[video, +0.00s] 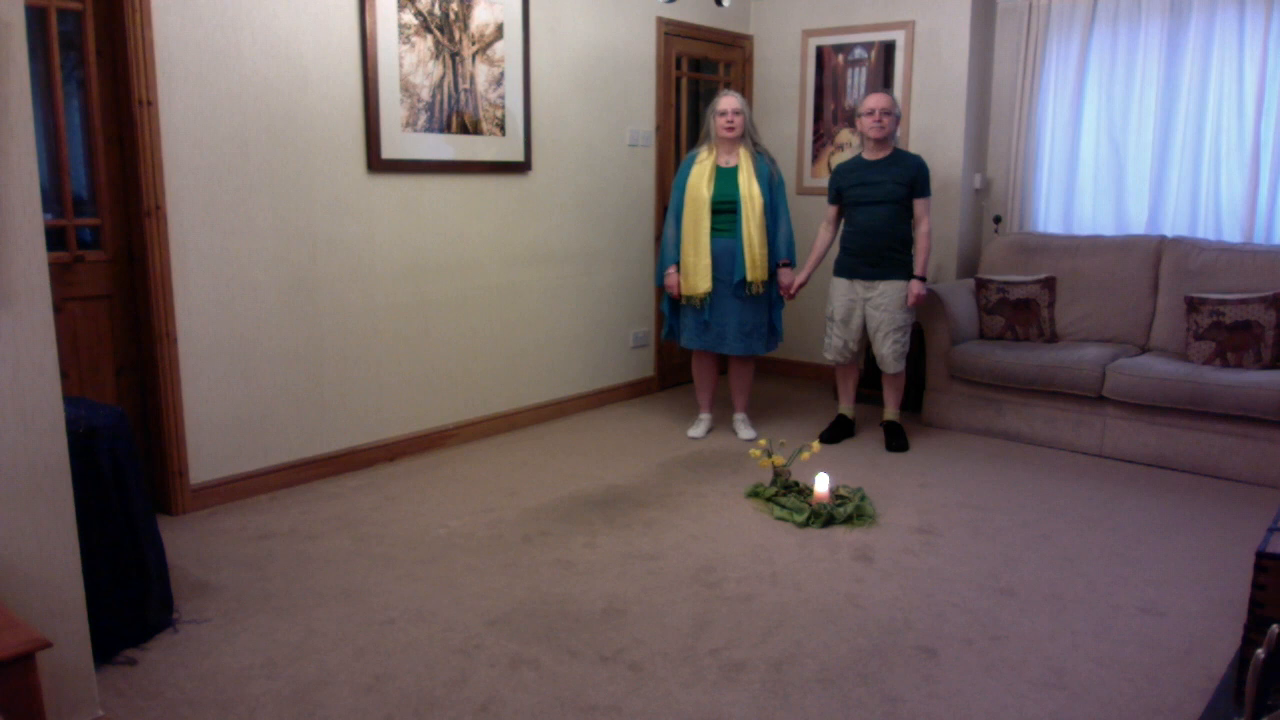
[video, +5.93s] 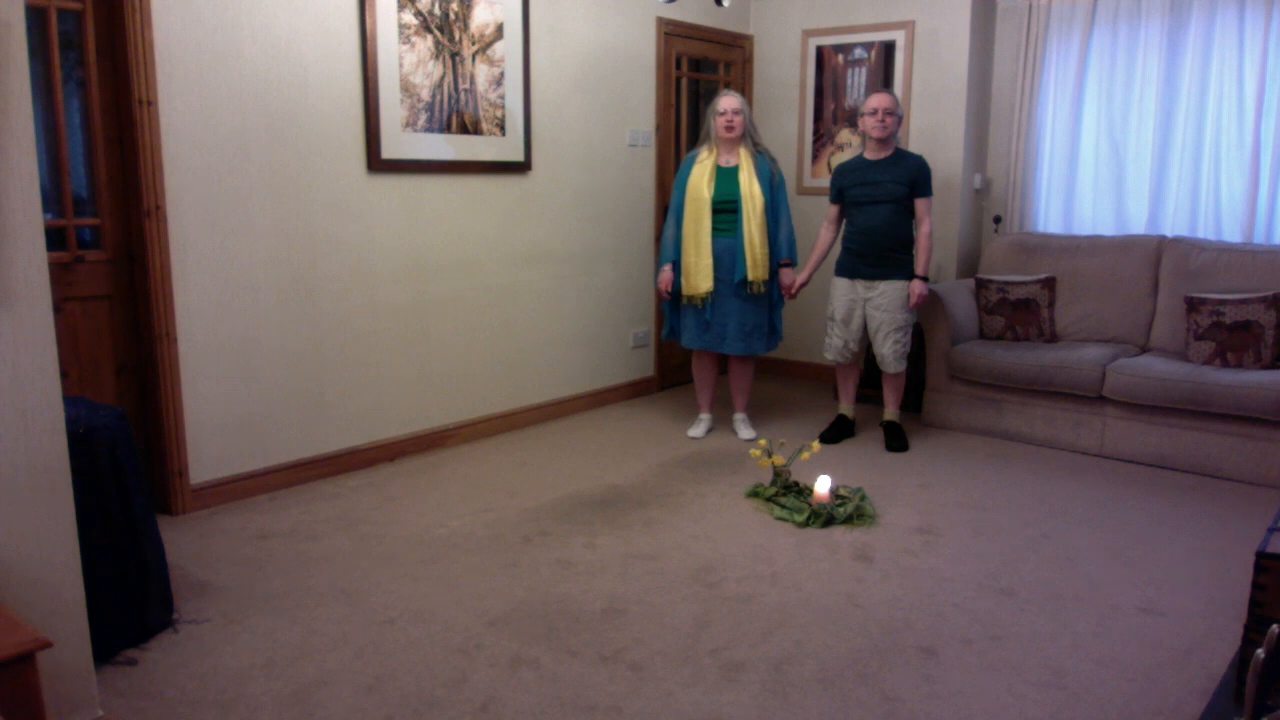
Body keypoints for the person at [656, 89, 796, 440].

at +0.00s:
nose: (729, 119)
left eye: (736, 113)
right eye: (722, 114)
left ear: (746, 119)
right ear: (712, 120)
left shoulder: (762, 164)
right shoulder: (693, 162)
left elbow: (779, 216)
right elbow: (674, 217)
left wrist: (784, 264)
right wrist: (671, 266)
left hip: (749, 268)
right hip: (700, 268)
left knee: (743, 344)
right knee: (702, 342)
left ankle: (741, 414)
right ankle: (704, 413)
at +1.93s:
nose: (727, 119)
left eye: (735, 113)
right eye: (720, 113)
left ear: (745, 119)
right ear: (710, 119)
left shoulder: (762, 163)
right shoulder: (692, 162)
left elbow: (779, 215)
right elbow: (673, 217)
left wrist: (783, 263)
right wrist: (670, 266)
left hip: (748, 268)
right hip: (700, 268)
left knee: (742, 344)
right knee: (702, 343)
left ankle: (741, 414)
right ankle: (705, 413)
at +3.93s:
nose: (728, 119)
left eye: (735, 113)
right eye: (721, 114)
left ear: (745, 119)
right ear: (710, 120)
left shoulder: (761, 163)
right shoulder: (692, 163)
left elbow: (779, 215)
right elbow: (673, 218)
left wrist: (784, 264)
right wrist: (670, 266)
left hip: (748, 268)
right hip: (700, 268)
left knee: (742, 344)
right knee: (702, 343)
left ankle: (741, 415)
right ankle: (704, 413)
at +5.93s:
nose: (729, 119)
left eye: (736, 113)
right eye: (722, 113)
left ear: (746, 119)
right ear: (712, 120)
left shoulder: (763, 164)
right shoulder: (693, 163)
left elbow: (780, 216)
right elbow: (675, 217)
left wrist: (785, 264)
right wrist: (667, 264)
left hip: (749, 268)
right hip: (700, 268)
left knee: (743, 344)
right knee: (702, 342)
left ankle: (741, 414)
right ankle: (705, 413)